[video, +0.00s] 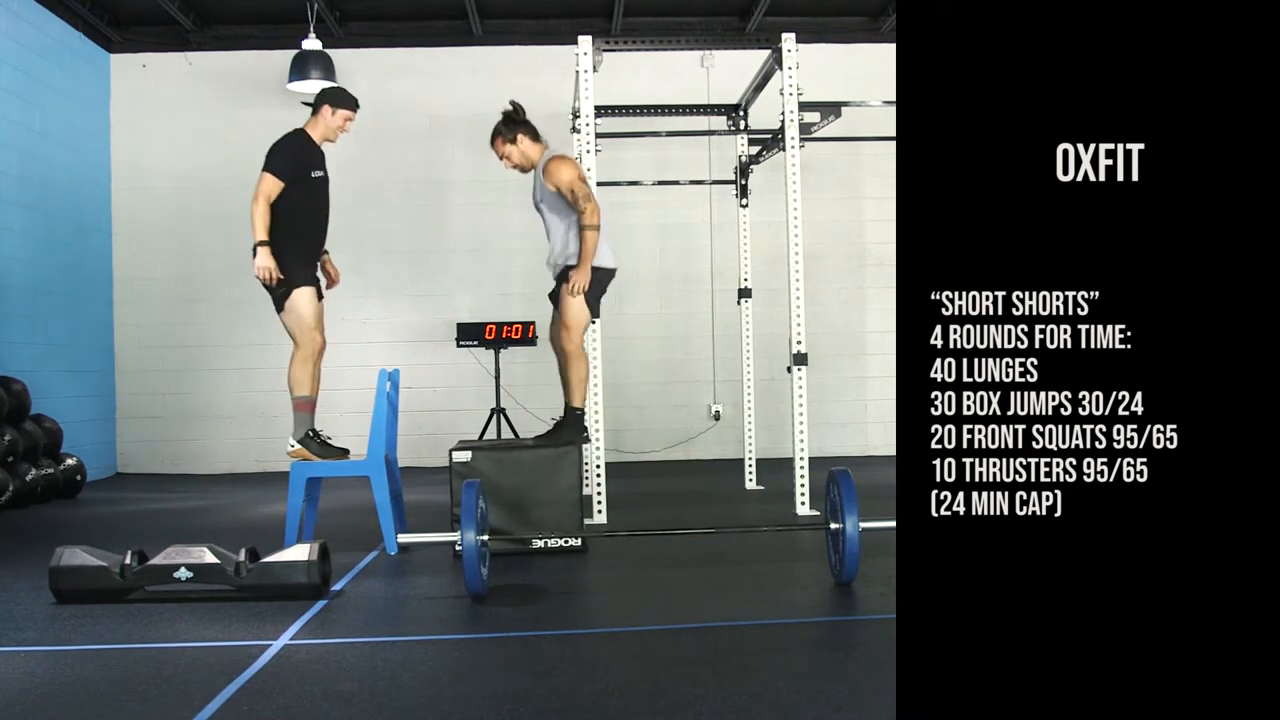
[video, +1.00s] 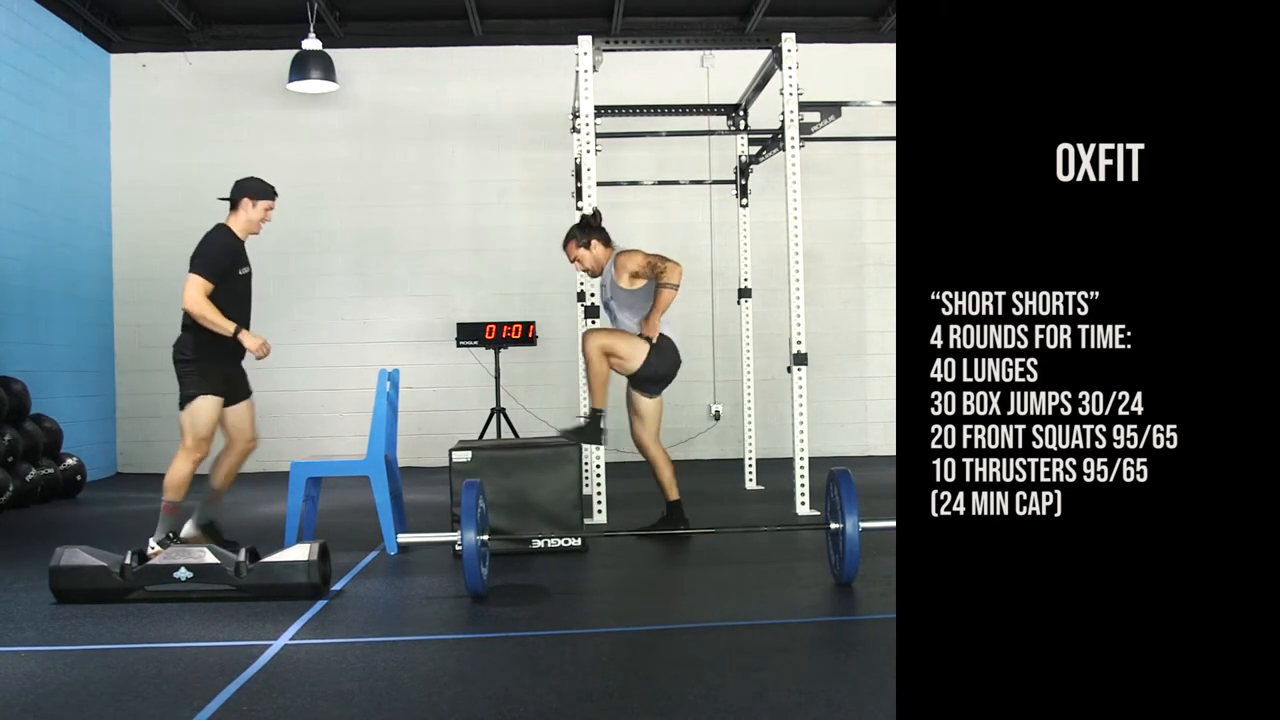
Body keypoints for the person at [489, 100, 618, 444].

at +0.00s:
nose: (506, 163)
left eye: (505, 155)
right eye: (502, 159)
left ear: (522, 139)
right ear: (523, 141)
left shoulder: (557, 167)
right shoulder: (543, 175)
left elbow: (590, 209)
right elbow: (571, 221)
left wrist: (584, 266)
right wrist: (564, 269)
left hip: (583, 268)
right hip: (568, 269)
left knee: (569, 337)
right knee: (558, 338)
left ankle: (576, 421)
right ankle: (571, 418)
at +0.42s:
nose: (521, 165)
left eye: (520, 156)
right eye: (516, 159)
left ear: (537, 141)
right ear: (539, 141)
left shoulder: (563, 167)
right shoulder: (568, 167)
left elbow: (599, 204)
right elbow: (611, 207)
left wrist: (593, 259)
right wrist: (593, 255)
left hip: (591, 270)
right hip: (597, 269)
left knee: (570, 339)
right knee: (578, 338)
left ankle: (577, 424)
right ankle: (609, 405)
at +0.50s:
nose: (529, 172)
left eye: (527, 163)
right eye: (525, 167)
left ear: (545, 148)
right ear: (546, 149)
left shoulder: (572, 174)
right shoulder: (573, 173)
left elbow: (613, 202)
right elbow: (616, 201)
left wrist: (603, 260)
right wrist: (599, 259)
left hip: (597, 275)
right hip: (604, 275)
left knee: (563, 340)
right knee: (585, 345)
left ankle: (575, 424)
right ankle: (634, 409)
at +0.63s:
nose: (541, 193)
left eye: (541, 185)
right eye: (538, 188)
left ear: (560, 171)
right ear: (558, 173)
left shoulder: (590, 195)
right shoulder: (576, 203)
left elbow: (634, 219)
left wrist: (617, 271)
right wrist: (596, 282)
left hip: (613, 293)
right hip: (615, 294)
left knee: (554, 345)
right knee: (614, 373)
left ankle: (575, 426)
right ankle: (654, 446)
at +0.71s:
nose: (552, 216)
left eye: (553, 208)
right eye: (549, 211)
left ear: (571, 196)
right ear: (570, 199)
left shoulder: (602, 221)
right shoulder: (584, 230)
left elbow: (648, 244)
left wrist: (623, 293)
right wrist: (600, 306)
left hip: (622, 319)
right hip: (623, 320)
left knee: (552, 347)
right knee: (631, 403)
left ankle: (574, 426)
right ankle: (658, 477)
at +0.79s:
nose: (564, 248)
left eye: (565, 240)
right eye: (561, 242)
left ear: (584, 229)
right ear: (582, 231)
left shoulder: (613, 253)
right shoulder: (595, 263)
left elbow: (661, 271)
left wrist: (634, 321)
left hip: (632, 353)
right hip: (636, 356)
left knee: (556, 347)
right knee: (639, 435)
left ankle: (574, 426)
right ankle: (671, 510)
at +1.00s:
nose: (578, 268)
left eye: (578, 259)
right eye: (574, 263)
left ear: (595, 245)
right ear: (595, 246)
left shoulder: (625, 260)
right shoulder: (609, 274)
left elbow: (672, 270)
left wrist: (654, 316)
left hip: (657, 357)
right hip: (645, 368)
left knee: (594, 340)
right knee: (646, 440)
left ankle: (595, 423)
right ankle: (676, 516)